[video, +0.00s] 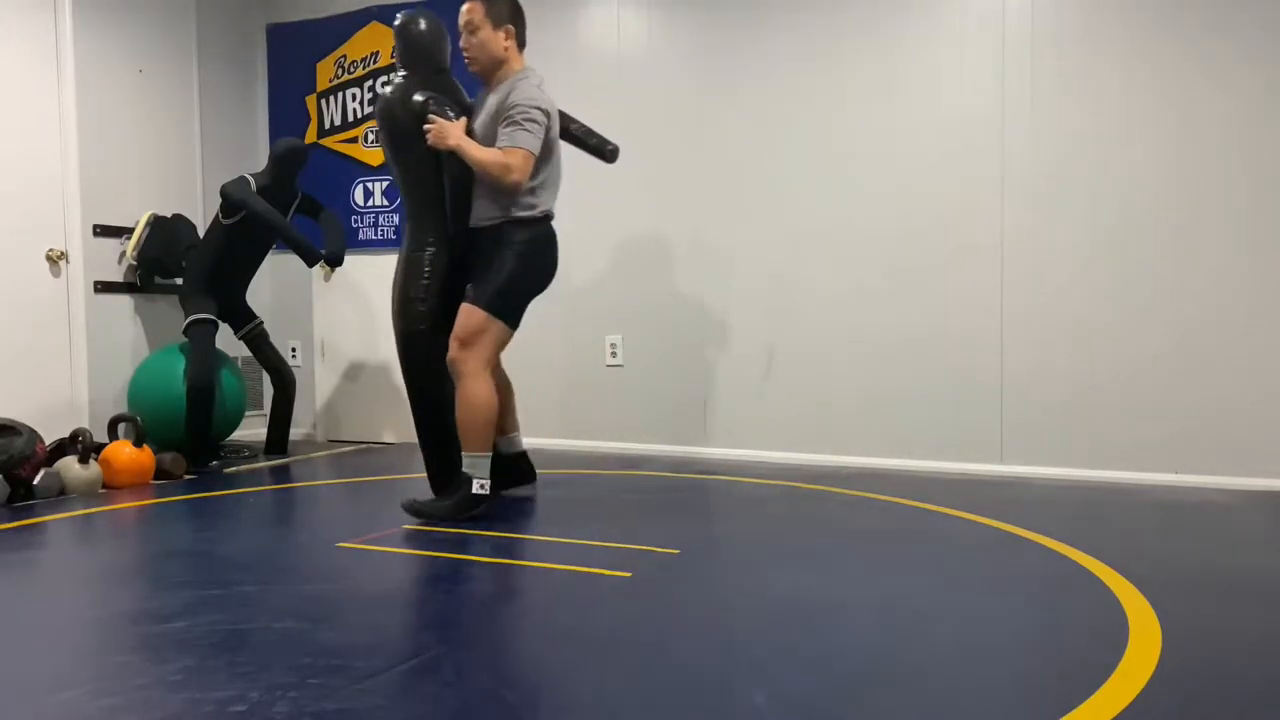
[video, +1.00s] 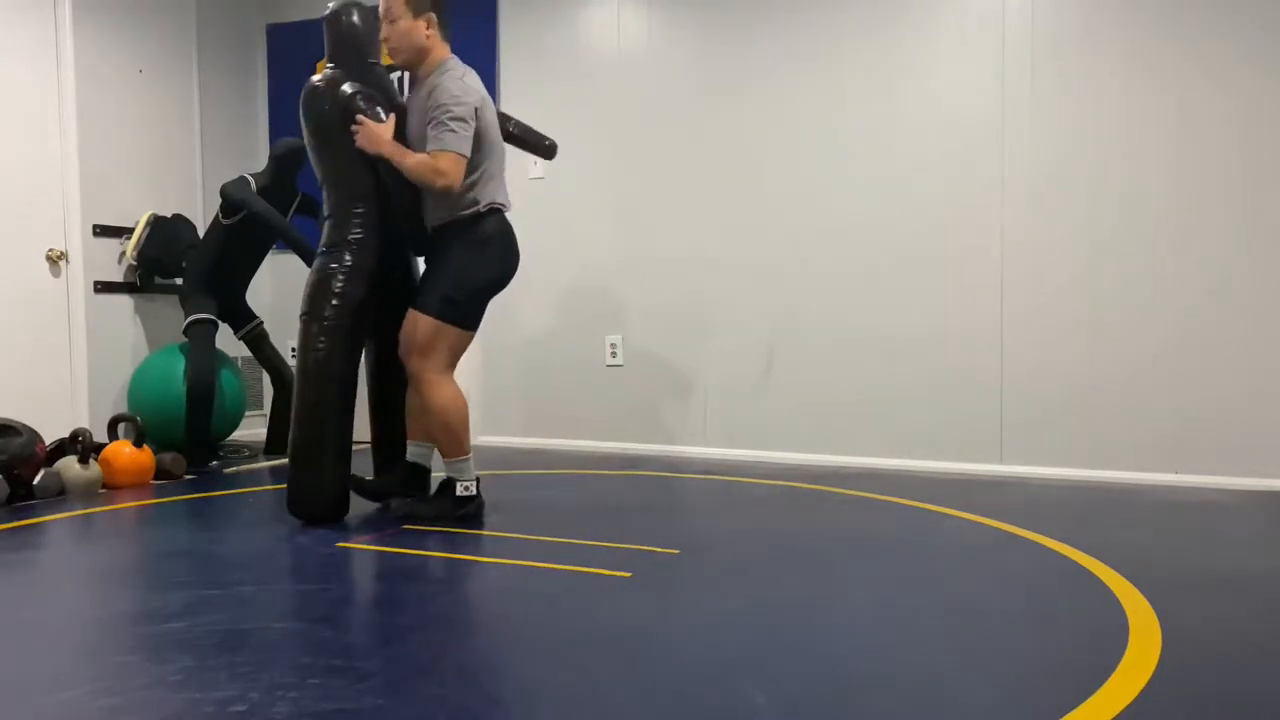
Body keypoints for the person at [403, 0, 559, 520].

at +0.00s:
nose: (463, 43)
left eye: (471, 31)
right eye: (461, 33)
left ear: (507, 36)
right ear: (496, 39)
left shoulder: (525, 93)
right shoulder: (491, 96)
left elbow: (514, 170)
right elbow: (485, 161)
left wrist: (458, 142)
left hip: (520, 241)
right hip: (494, 240)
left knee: (467, 351)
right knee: (482, 354)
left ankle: (472, 489)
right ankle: (512, 463)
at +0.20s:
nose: (438, 30)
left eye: (447, 17)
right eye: (437, 18)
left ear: (483, 24)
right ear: (476, 26)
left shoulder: (500, 86)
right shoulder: (475, 83)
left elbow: (487, 168)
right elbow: (466, 146)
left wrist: (433, 137)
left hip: (504, 236)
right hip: (480, 233)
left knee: (461, 358)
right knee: (441, 341)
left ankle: (474, 492)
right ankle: (495, 445)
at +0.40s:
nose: (419, 24)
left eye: (428, 14)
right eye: (419, 15)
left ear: (465, 18)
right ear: (460, 20)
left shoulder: (478, 81)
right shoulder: (461, 76)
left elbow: (461, 164)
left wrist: (412, 130)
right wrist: (411, 117)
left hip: (490, 237)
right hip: (463, 233)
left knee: (451, 362)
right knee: (419, 344)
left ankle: (471, 493)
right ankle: (432, 471)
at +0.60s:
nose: (403, 26)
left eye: (413, 14)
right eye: (402, 16)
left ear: (449, 20)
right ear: (443, 23)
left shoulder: (464, 79)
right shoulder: (442, 78)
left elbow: (447, 157)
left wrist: (398, 130)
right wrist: (395, 119)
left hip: (479, 237)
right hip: (448, 234)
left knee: (441, 365)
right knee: (413, 354)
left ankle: (471, 493)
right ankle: (410, 477)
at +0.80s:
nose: (395, 30)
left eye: (406, 17)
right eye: (393, 20)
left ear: (442, 25)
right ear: (430, 30)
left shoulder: (460, 82)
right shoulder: (421, 84)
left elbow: (453, 165)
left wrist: (396, 139)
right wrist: (338, 95)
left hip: (470, 240)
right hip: (444, 239)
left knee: (409, 361)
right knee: (419, 367)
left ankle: (464, 482)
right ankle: (413, 480)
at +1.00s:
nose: (382, 34)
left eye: (391, 21)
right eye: (381, 23)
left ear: (426, 24)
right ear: (414, 28)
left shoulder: (454, 86)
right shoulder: (421, 84)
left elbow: (447, 173)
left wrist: (387, 147)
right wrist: (344, 92)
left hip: (477, 239)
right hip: (453, 238)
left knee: (431, 360)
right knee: (414, 348)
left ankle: (463, 492)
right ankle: (417, 474)